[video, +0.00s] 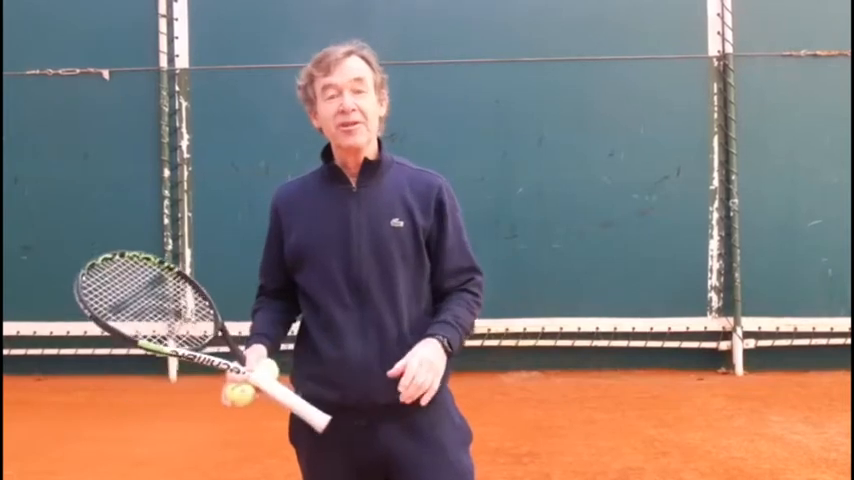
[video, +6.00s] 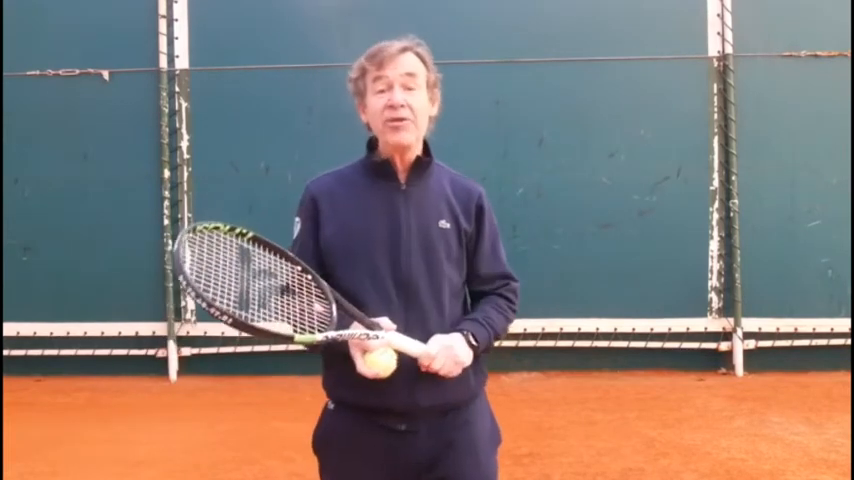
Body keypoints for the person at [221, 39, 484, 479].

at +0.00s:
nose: (347, 104)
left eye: (359, 90)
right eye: (331, 95)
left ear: (381, 103)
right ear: (314, 115)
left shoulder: (428, 192)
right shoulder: (290, 203)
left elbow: (463, 287)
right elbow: (276, 295)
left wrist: (438, 344)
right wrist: (259, 346)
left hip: (420, 418)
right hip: (326, 424)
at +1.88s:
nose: (378, 93)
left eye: (391, 81)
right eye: (364, 84)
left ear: (415, 101)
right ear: (347, 106)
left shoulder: (452, 196)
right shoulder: (310, 199)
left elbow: (484, 292)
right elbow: (288, 295)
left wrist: (440, 340)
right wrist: (316, 341)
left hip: (444, 420)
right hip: (349, 420)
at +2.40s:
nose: (432, 95)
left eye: (446, 83)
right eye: (417, 84)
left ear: (468, 102)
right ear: (397, 103)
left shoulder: (498, 203)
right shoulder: (352, 195)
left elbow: (528, 306)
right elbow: (326, 294)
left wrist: (489, 302)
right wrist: (351, 345)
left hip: (476, 432)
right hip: (377, 427)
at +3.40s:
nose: (431, 98)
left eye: (445, 83)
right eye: (415, 86)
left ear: (467, 100)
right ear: (395, 104)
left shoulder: (501, 199)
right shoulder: (357, 188)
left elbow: (527, 311)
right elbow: (332, 285)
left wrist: (450, 352)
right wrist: (345, 332)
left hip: (464, 433)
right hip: (364, 428)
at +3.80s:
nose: (378, 84)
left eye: (391, 73)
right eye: (364, 77)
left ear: (414, 94)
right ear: (345, 104)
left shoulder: (456, 190)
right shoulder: (314, 193)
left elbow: (498, 290)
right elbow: (295, 290)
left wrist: (445, 291)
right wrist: (315, 339)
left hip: (437, 423)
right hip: (340, 422)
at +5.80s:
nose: (384, 102)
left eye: (396, 88)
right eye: (368, 91)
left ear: (416, 102)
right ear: (348, 109)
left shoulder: (451, 196)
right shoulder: (308, 199)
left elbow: (488, 286)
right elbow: (285, 307)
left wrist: (450, 329)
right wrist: (333, 322)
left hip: (444, 423)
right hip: (347, 426)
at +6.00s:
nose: (396, 100)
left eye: (409, 86)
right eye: (382, 89)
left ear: (432, 102)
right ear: (363, 108)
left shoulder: (467, 198)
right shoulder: (324, 198)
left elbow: (500, 292)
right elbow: (299, 299)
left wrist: (467, 339)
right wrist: (349, 336)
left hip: (457, 428)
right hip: (358, 429)